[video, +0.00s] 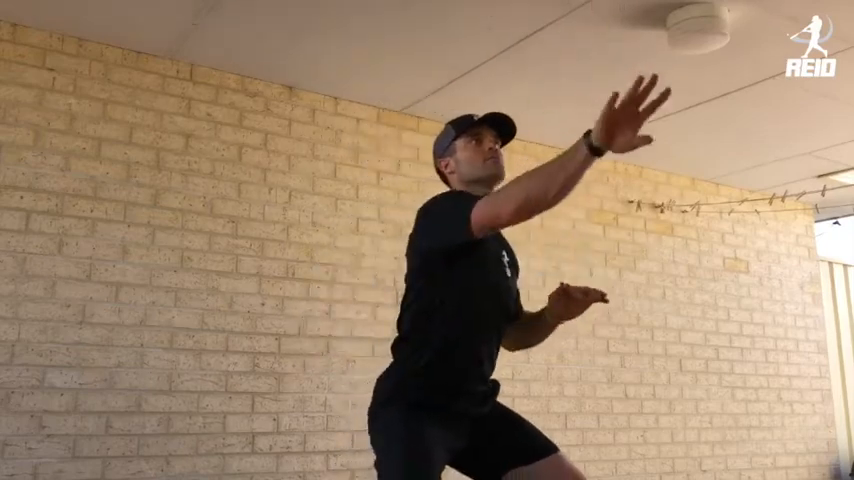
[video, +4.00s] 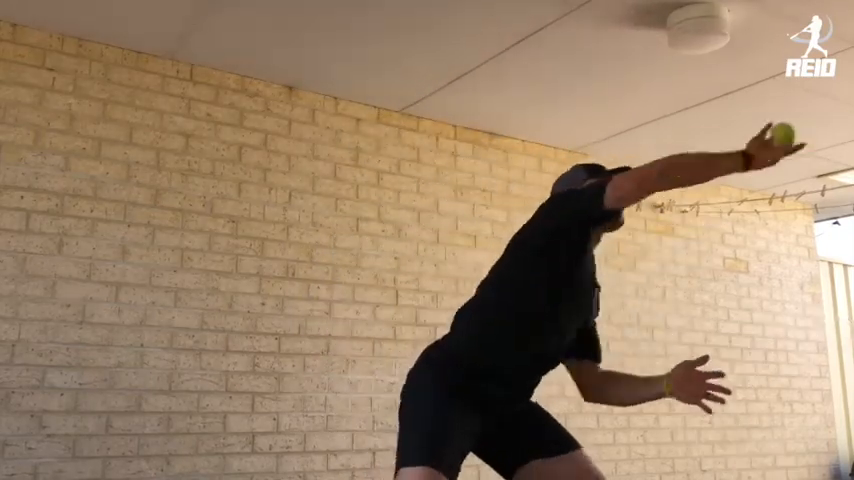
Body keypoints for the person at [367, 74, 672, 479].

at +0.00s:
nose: (493, 146)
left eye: (497, 141)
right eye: (474, 140)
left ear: (502, 160)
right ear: (447, 165)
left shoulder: (501, 252)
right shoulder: (438, 215)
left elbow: (512, 335)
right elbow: (515, 205)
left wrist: (552, 314)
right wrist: (596, 144)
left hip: (472, 406)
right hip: (412, 406)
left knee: (563, 476)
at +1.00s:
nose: (438, 145)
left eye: (441, 138)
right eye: (419, 140)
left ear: (450, 152)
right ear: (389, 169)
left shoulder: (452, 241)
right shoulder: (396, 227)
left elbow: (469, 307)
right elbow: (489, 176)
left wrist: (517, 300)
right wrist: (566, 93)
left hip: (439, 414)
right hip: (377, 417)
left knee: (543, 476)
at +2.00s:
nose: (470, 160)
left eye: (472, 154)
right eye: (451, 157)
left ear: (480, 170)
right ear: (424, 186)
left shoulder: (484, 259)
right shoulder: (421, 247)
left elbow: (524, 333)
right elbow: (497, 264)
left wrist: (556, 320)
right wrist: (582, 192)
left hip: (474, 427)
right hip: (411, 430)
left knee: (567, 475)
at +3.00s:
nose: (493, 192)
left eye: (495, 186)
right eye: (476, 187)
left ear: (501, 199)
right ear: (445, 213)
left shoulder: (503, 284)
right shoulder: (435, 274)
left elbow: (519, 355)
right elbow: (490, 311)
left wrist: (560, 360)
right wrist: (557, 220)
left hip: (477, 449)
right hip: (414, 451)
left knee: (565, 478)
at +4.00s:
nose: (620, 195)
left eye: (618, 189)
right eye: (608, 185)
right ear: (580, 190)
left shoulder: (580, 292)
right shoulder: (560, 216)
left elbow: (592, 385)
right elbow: (654, 177)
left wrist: (665, 384)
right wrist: (745, 160)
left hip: (505, 404)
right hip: (450, 380)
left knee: (584, 475)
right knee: (422, 475)